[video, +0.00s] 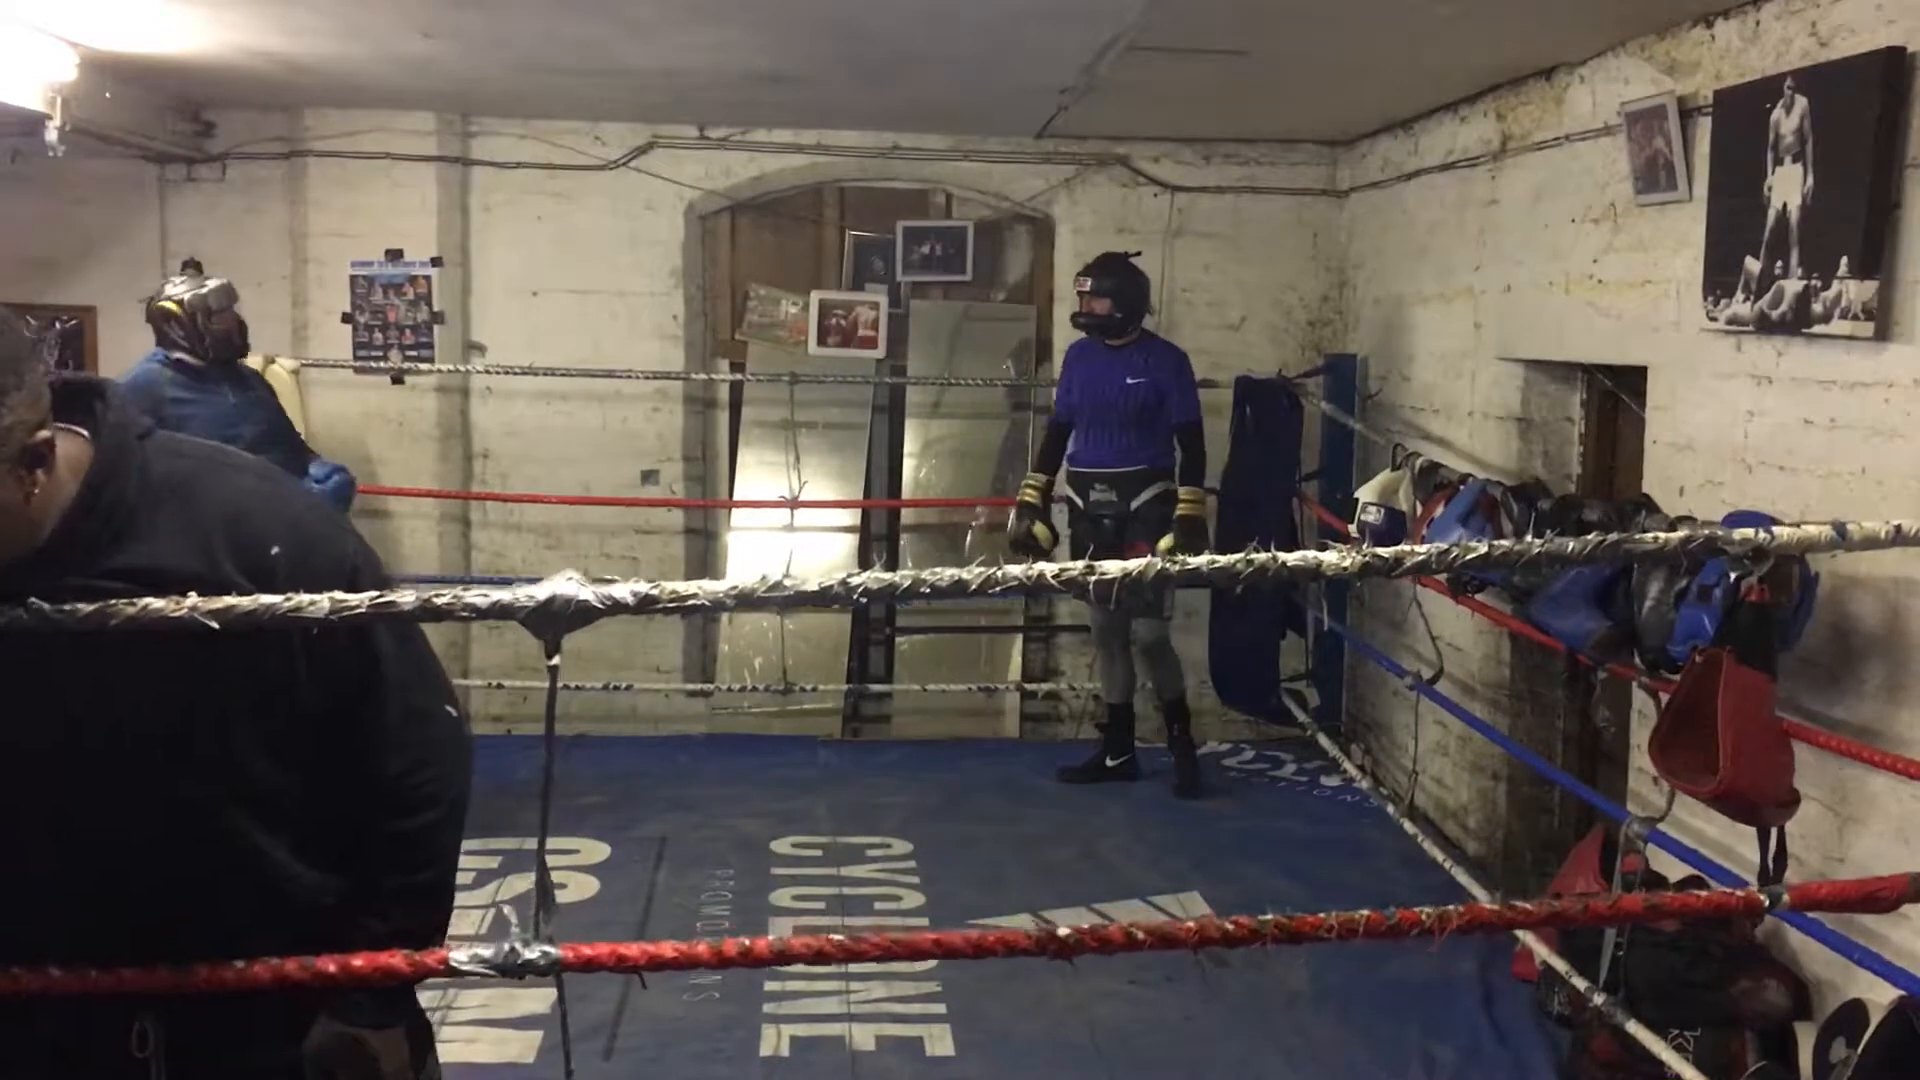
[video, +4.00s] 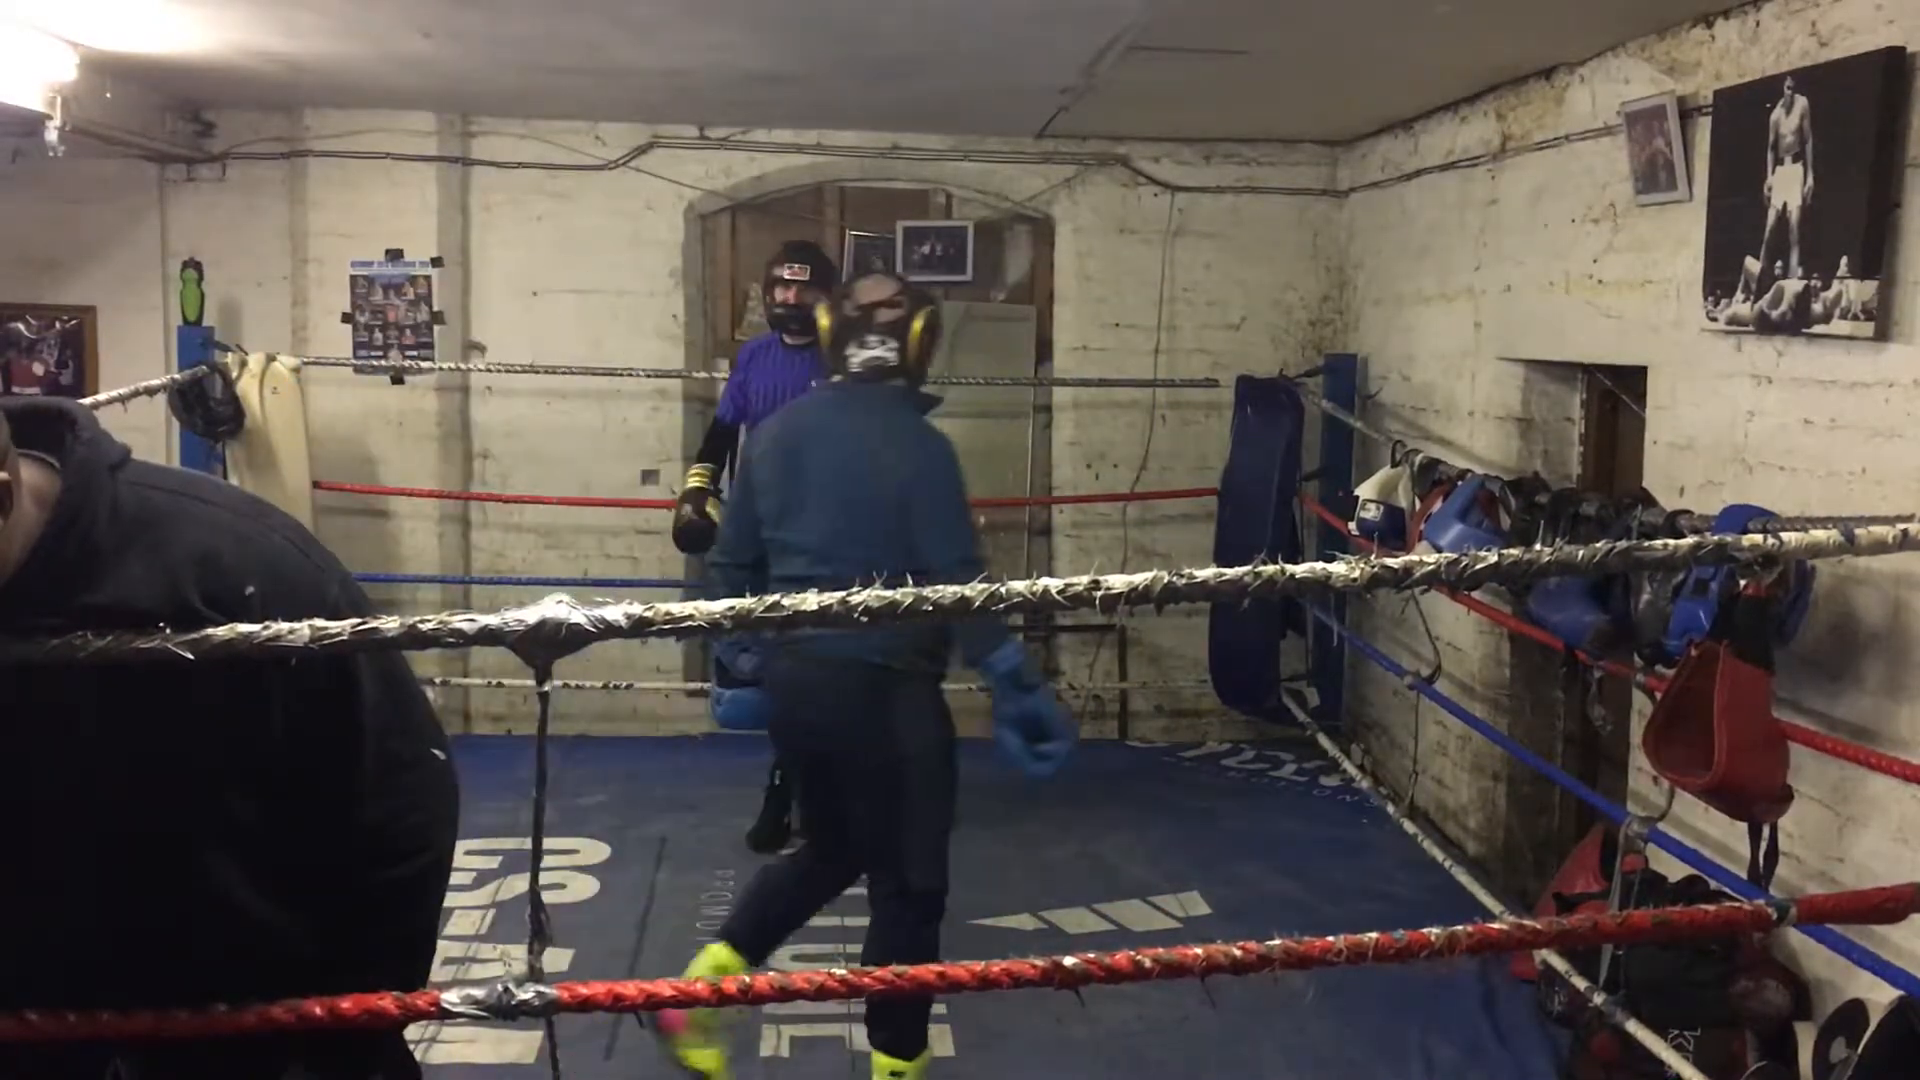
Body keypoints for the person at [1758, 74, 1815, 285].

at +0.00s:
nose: (1789, 93)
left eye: (1792, 90)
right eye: (1787, 89)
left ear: (1797, 90)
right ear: (1783, 89)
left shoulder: (1802, 105)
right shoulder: (1775, 115)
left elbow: (1809, 139)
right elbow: (1771, 146)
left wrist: (1810, 175)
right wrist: (1769, 175)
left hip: (1797, 163)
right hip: (1779, 164)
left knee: (1794, 218)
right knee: (1771, 218)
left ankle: (1794, 268)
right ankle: (1762, 266)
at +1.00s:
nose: (1789, 92)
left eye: (1792, 89)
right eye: (1787, 88)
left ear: (1796, 90)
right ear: (1783, 88)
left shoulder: (1802, 104)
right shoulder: (1776, 114)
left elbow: (1809, 139)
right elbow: (1771, 146)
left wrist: (1810, 175)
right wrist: (1769, 175)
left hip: (1797, 163)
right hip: (1780, 165)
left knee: (1794, 219)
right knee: (1771, 219)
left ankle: (1794, 267)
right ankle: (1762, 265)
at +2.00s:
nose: (1788, 93)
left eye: (1791, 89)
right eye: (1787, 89)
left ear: (1796, 90)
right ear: (1782, 89)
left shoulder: (1801, 104)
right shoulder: (1775, 115)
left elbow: (1808, 139)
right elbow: (1770, 146)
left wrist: (1810, 174)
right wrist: (1769, 175)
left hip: (1797, 163)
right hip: (1780, 164)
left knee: (1794, 221)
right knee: (1771, 222)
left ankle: (1794, 270)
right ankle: (1761, 269)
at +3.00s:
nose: (1789, 92)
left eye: (1792, 88)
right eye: (1787, 88)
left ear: (1796, 89)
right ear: (1783, 89)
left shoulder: (1801, 104)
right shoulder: (1775, 114)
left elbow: (1808, 139)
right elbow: (1771, 146)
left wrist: (1810, 175)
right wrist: (1769, 175)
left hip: (1797, 164)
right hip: (1780, 165)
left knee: (1794, 221)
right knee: (1771, 221)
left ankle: (1794, 269)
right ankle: (1762, 269)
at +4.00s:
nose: (1788, 92)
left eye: (1791, 89)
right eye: (1787, 88)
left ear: (1795, 90)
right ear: (1783, 89)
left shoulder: (1801, 105)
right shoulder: (1775, 115)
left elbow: (1808, 139)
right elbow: (1771, 146)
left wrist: (1810, 174)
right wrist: (1769, 176)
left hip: (1797, 164)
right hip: (1779, 165)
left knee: (1794, 220)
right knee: (1771, 221)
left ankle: (1794, 269)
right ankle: (1762, 269)